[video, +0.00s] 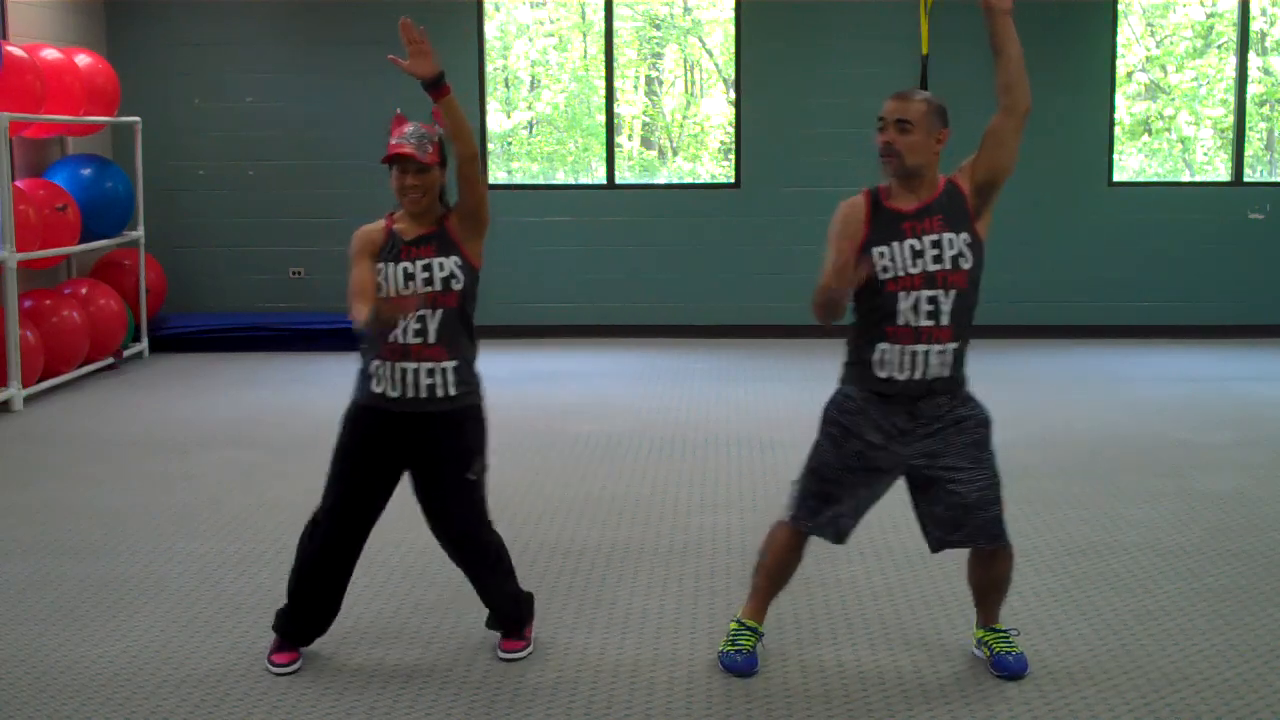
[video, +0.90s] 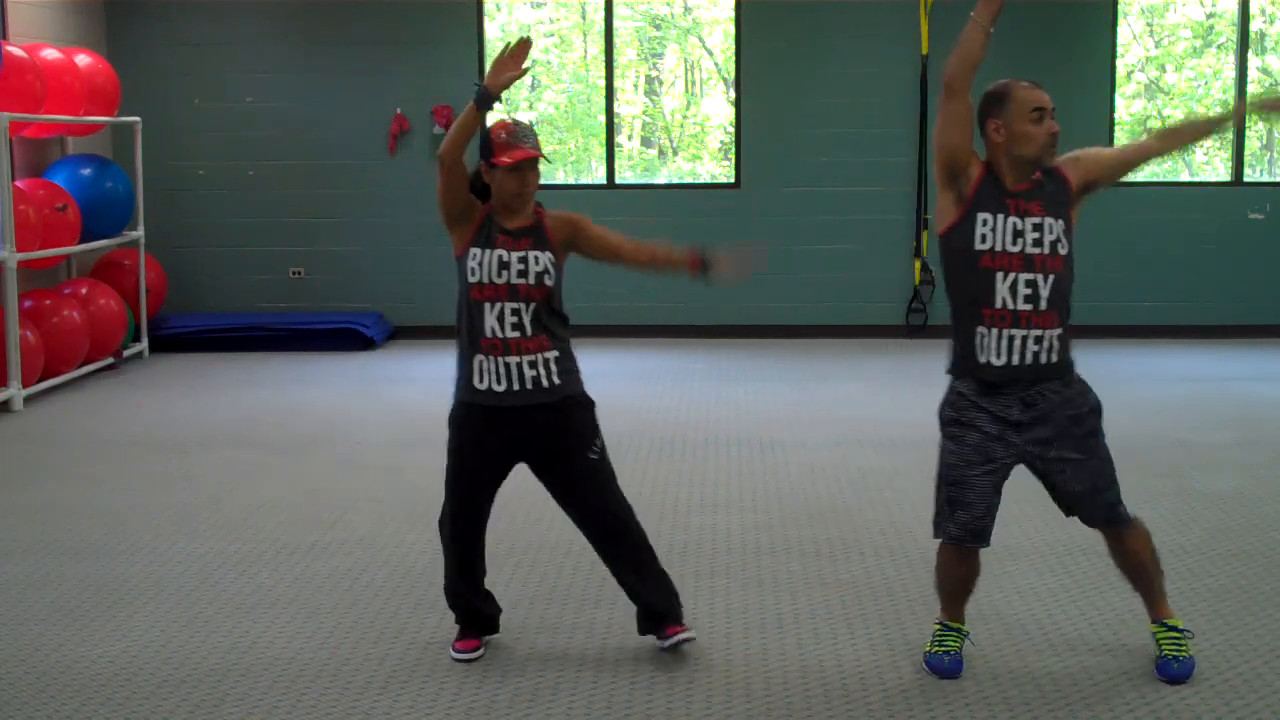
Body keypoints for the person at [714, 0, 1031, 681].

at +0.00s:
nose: (886, 139)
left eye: (901, 128)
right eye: (882, 128)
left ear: (939, 138)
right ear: (876, 137)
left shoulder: (971, 194)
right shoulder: (857, 213)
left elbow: (1015, 107)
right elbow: (824, 312)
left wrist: (1000, 13)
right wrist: (842, 283)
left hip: (945, 409)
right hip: (865, 408)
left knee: (990, 534)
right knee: (800, 519)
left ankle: (991, 630)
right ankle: (748, 623)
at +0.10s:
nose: (915, 132)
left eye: (930, 121)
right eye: (907, 121)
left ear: (958, 134)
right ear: (898, 131)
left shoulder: (986, 187)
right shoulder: (879, 204)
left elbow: (1030, 101)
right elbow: (841, 268)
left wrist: (1013, 10)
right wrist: (866, 196)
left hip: (975, 401)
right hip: (895, 400)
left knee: (1007, 533)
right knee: (830, 518)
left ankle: (992, 629)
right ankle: (774, 618)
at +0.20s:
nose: (936, 123)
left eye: (950, 112)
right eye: (925, 113)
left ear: (973, 125)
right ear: (913, 125)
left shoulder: (999, 176)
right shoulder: (894, 189)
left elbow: (1035, 89)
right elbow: (855, 187)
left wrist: (1017, 5)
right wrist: (887, 106)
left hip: (998, 388)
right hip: (920, 389)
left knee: (1014, 526)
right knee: (882, 515)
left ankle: (993, 627)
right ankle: (851, 611)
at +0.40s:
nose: (957, 117)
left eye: (971, 105)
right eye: (944, 104)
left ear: (992, 117)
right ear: (926, 120)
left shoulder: (1014, 174)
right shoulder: (913, 183)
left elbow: (1031, 81)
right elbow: (896, 99)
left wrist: (1015, 4)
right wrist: (929, 11)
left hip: (1018, 376)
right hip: (947, 383)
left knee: (1037, 516)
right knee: (970, 513)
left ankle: (997, 623)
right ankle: (941, 619)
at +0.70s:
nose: (1021, 129)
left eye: (1025, 120)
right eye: (1004, 120)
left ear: (1029, 137)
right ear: (967, 135)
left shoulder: (1042, 189)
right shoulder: (940, 192)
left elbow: (1088, 98)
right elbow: (934, 105)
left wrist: (1093, 16)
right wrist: (974, 22)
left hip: (1023, 406)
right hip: (944, 407)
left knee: (1057, 528)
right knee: (937, 535)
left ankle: (1015, 612)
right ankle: (946, 624)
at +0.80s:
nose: (1041, 129)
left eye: (1041, 118)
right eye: (1026, 118)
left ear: (1040, 133)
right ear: (984, 134)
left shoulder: (1051, 185)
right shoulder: (948, 186)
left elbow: (1115, 114)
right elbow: (942, 89)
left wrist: (1175, 51)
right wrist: (980, 16)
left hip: (1040, 399)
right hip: (961, 404)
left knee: (1102, 514)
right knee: (954, 535)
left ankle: (1108, 617)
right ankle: (947, 625)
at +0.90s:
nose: (1051, 125)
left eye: (1052, 116)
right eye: (1036, 115)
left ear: (1047, 130)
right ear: (996, 129)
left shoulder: (1070, 177)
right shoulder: (961, 183)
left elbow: (1157, 144)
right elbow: (952, 83)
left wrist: (1242, 111)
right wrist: (987, 7)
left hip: (1057, 399)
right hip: (978, 402)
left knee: (1114, 519)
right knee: (959, 537)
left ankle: (1165, 623)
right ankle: (950, 626)